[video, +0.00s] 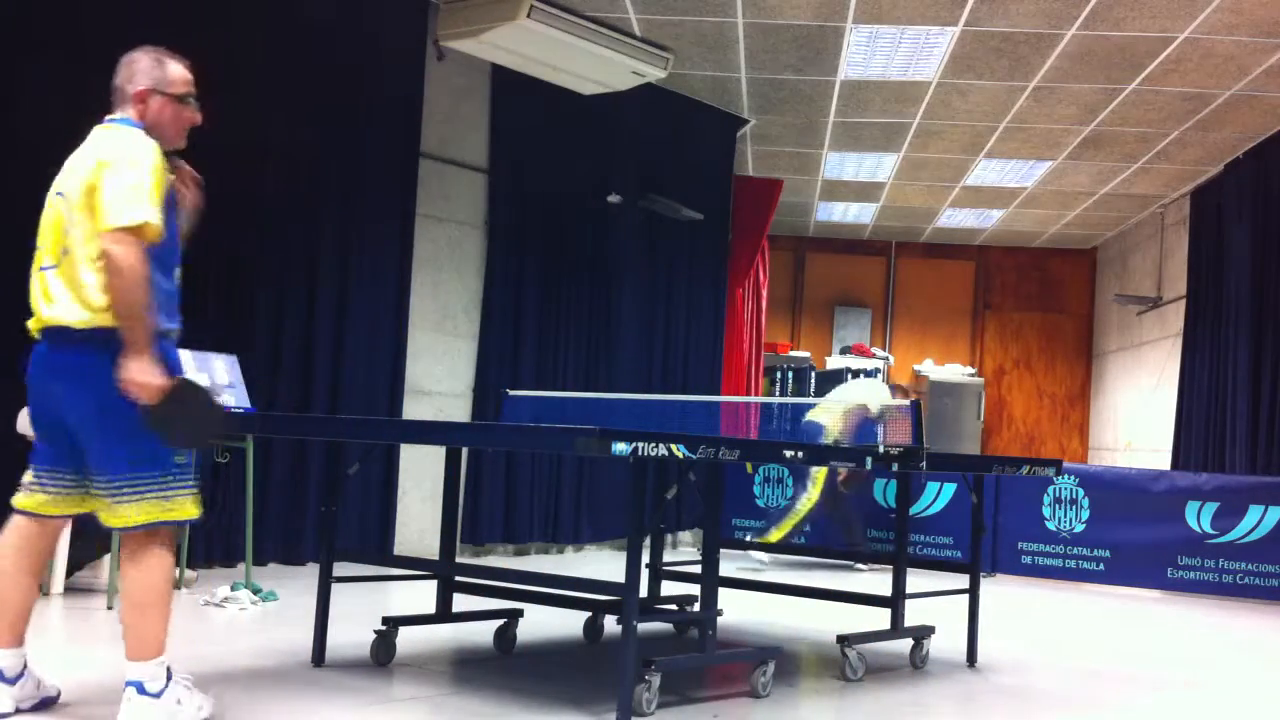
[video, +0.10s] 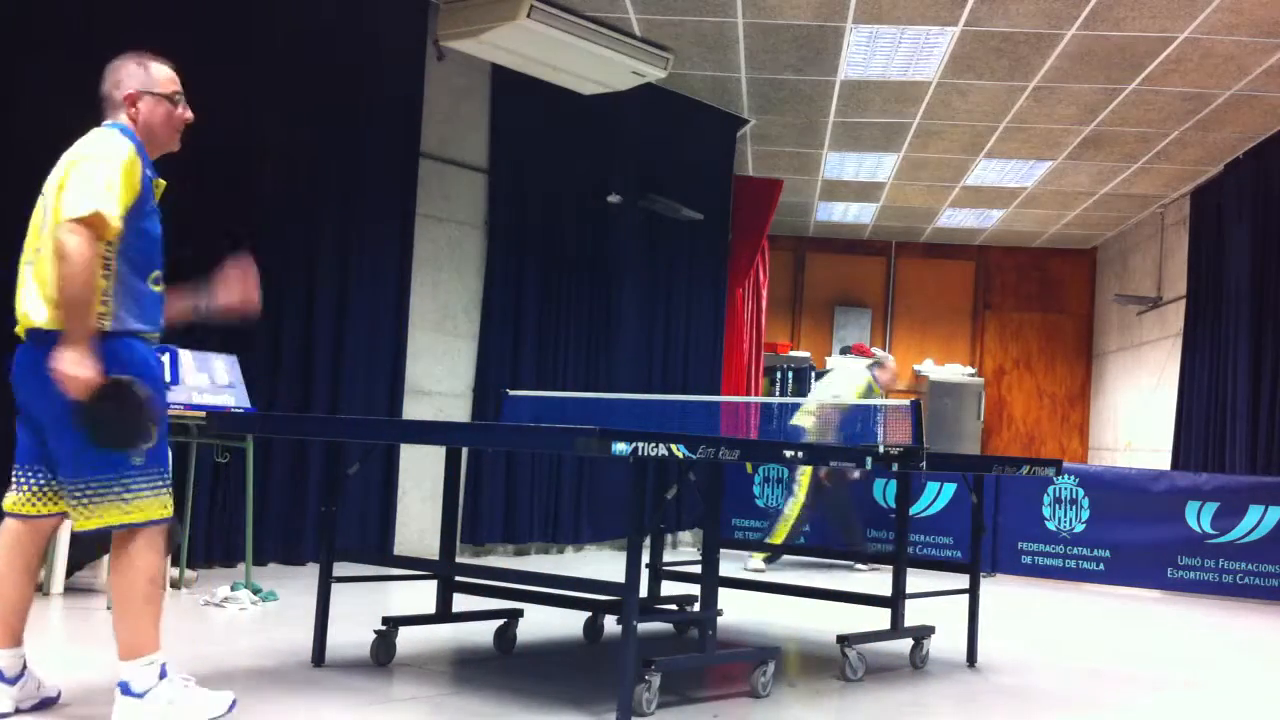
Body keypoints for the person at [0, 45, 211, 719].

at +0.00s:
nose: (196, 113)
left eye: (195, 100)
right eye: (186, 99)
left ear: (136, 103)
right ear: (145, 100)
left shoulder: (93, 150)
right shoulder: (133, 152)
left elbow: (134, 262)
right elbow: (121, 253)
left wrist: (176, 216)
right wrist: (140, 352)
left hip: (56, 360)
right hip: (109, 362)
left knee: (38, 510)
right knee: (150, 524)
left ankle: (6, 670)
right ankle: (149, 684)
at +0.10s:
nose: (188, 113)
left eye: (185, 100)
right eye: (177, 99)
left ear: (132, 105)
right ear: (136, 101)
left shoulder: (114, 164)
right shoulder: (113, 151)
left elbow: (120, 300)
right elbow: (78, 234)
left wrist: (210, 298)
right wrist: (76, 341)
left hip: (50, 357)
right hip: (102, 360)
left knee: (31, 511)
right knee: (145, 516)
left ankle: (6, 671)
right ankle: (145, 681)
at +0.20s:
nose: (188, 110)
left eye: (184, 99)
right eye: (178, 97)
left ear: (141, 103)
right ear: (143, 101)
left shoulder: (122, 162)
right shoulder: (109, 148)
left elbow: (104, 282)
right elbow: (55, 235)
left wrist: (147, 366)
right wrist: (23, 333)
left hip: (61, 348)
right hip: (97, 350)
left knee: (29, 507)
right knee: (140, 508)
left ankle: (8, 670)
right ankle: (134, 678)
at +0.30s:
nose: (189, 106)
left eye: (185, 95)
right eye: (180, 93)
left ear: (139, 102)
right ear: (151, 99)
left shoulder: (125, 162)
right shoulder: (107, 150)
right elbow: (43, 236)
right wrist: (3, 328)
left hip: (62, 347)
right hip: (92, 348)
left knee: (26, 510)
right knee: (128, 510)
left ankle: (7, 671)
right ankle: (115, 681)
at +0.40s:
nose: (192, 112)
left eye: (190, 99)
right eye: (186, 98)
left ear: (137, 100)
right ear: (160, 99)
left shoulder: (102, 150)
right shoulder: (119, 151)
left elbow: (66, 261)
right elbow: (45, 244)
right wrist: (6, 333)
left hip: (52, 353)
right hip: (100, 357)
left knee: (23, 518)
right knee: (111, 525)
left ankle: (7, 673)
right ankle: (89, 690)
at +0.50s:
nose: (196, 108)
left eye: (195, 95)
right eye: (192, 95)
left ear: (139, 95)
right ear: (167, 96)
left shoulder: (107, 149)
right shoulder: (127, 152)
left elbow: (96, 263)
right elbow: (72, 247)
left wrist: (145, 352)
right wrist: (45, 347)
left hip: (69, 352)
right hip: (109, 356)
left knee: (32, 518)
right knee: (101, 527)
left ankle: (7, 672)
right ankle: (89, 689)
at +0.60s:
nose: (203, 102)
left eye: (201, 89)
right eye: (198, 88)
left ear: (145, 90)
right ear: (173, 90)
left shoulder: (106, 147)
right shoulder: (138, 152)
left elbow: (91, 273)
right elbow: (101, 257)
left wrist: (181, 298)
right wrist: (114, 363)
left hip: (65, 354)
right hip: (109, 357)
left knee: (46, 528)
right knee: (100, 533)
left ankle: (10, 674)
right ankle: (88, 693)